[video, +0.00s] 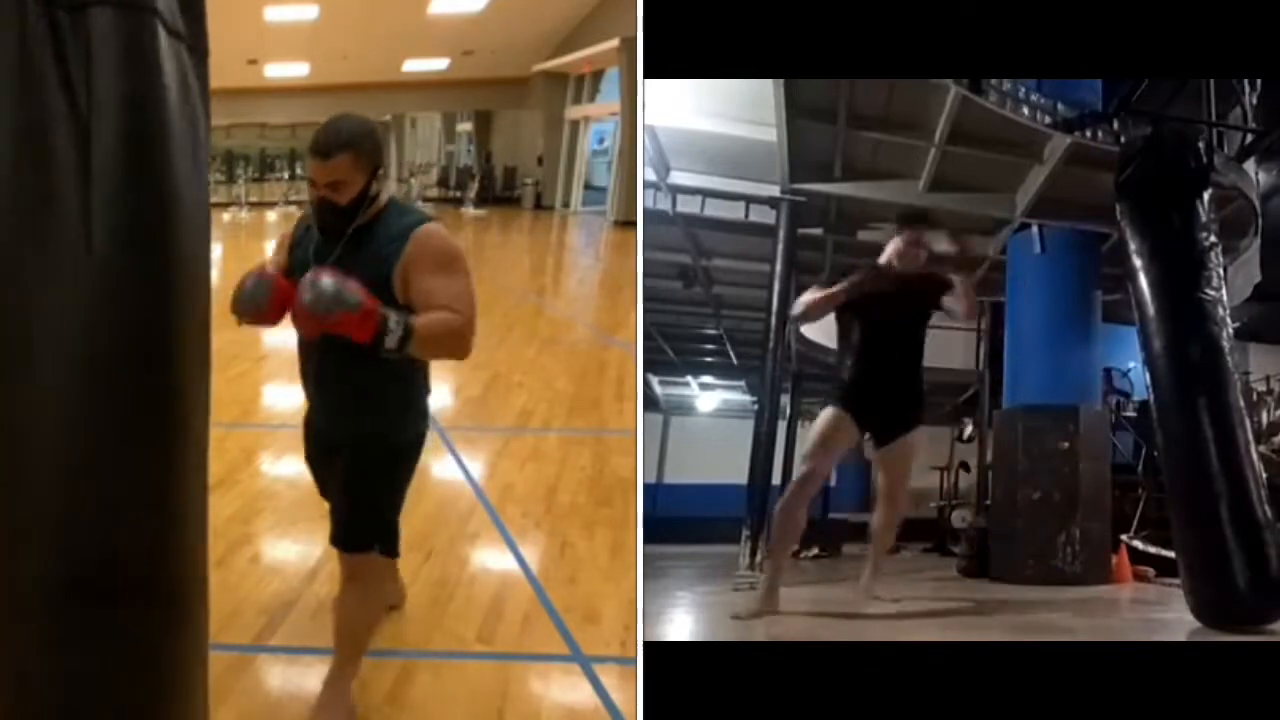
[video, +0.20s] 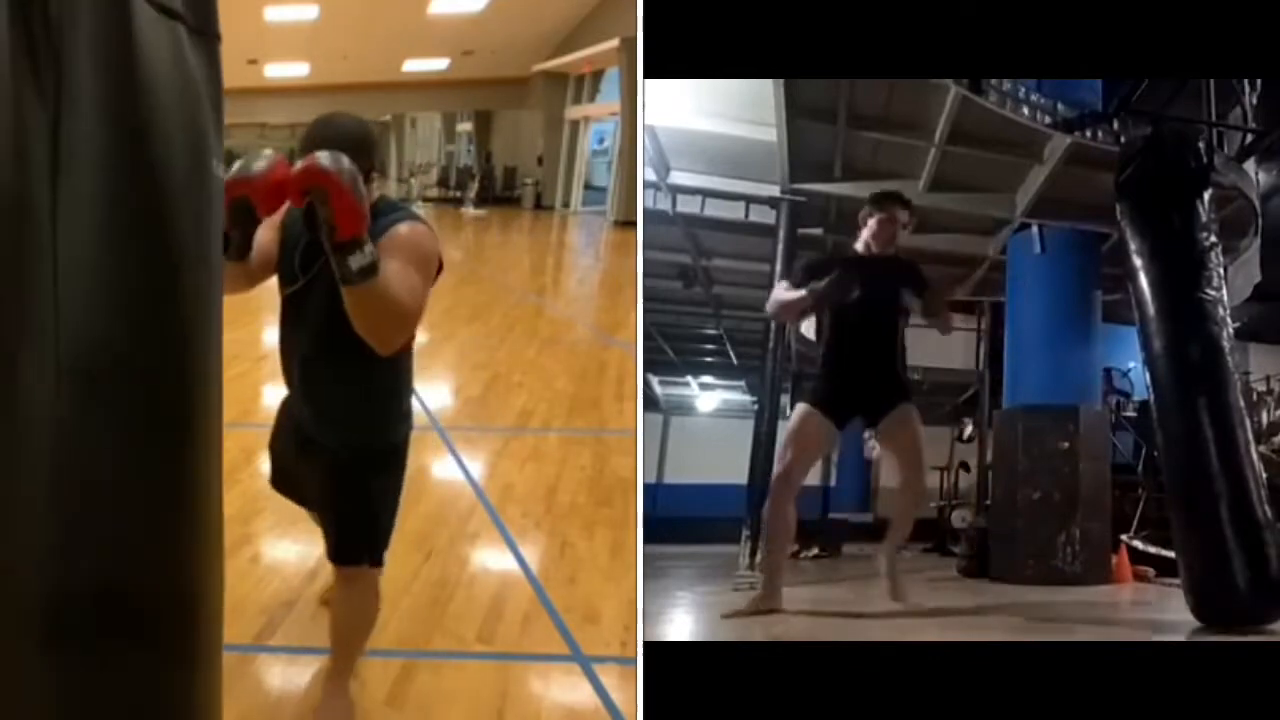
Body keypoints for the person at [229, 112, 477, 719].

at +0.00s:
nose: (322, 196)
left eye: (337, 185)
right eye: (316, 183)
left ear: (373, 176)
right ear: (309, 174)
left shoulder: (421, 242)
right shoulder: (307, 232)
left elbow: (457, 334)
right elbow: (277, 291)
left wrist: (377, 323)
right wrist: (260, 297)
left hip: (385, 415)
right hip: (325, 405)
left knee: (357, 549)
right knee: (348, 509)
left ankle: (339, 686)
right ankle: (384, 585)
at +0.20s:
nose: (319, 184)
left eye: (330, 172)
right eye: (311, 172)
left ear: (358, 175)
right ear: (296, 179)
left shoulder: (406, 234)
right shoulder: (292, 223)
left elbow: (390, 335)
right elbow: (231, 279)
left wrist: (351, 244)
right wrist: (235, 223)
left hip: (369, 427)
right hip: (306, 407)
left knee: (354, 565)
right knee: (320, 502)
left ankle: (338, 681)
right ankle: (349, 570)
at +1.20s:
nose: (236, 193)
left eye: (243, 180)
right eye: (229, 181)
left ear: (265, 177)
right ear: (223, 184)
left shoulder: (319, 228)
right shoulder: (217, 231)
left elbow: (377, 300)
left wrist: (322, 284)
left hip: (305, 396)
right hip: (245, 391)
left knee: (281, 527)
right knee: (254, 490)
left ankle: (320, 664)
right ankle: (278, 560)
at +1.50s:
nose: (222, 225)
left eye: (231, 212)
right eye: (212, 215)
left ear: (256, 195)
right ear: (198, 208)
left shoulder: (307, 231)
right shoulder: (214, 246)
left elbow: (402, 275)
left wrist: (328, 273)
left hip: (333, 406)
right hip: (278, 402)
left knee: (299, 545)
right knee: (285, 485)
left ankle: (346, 684)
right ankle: (303, 563)